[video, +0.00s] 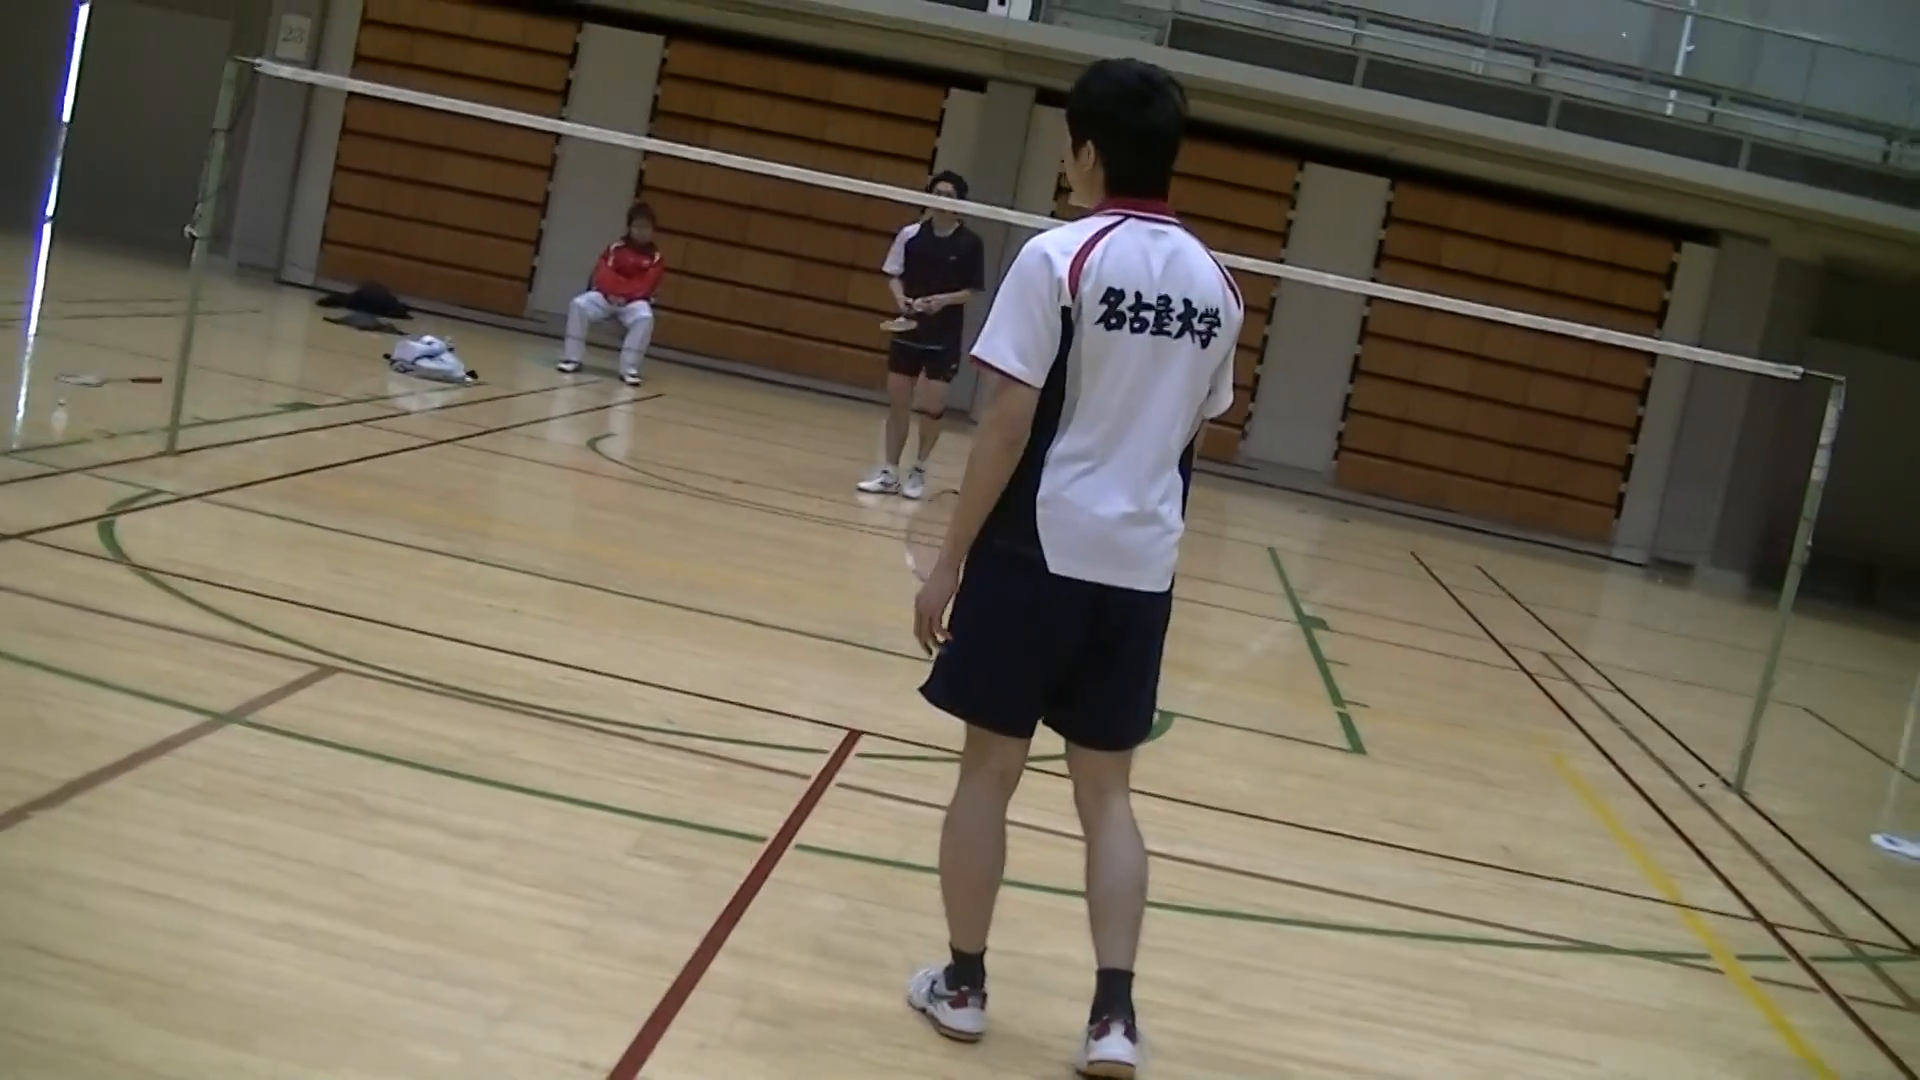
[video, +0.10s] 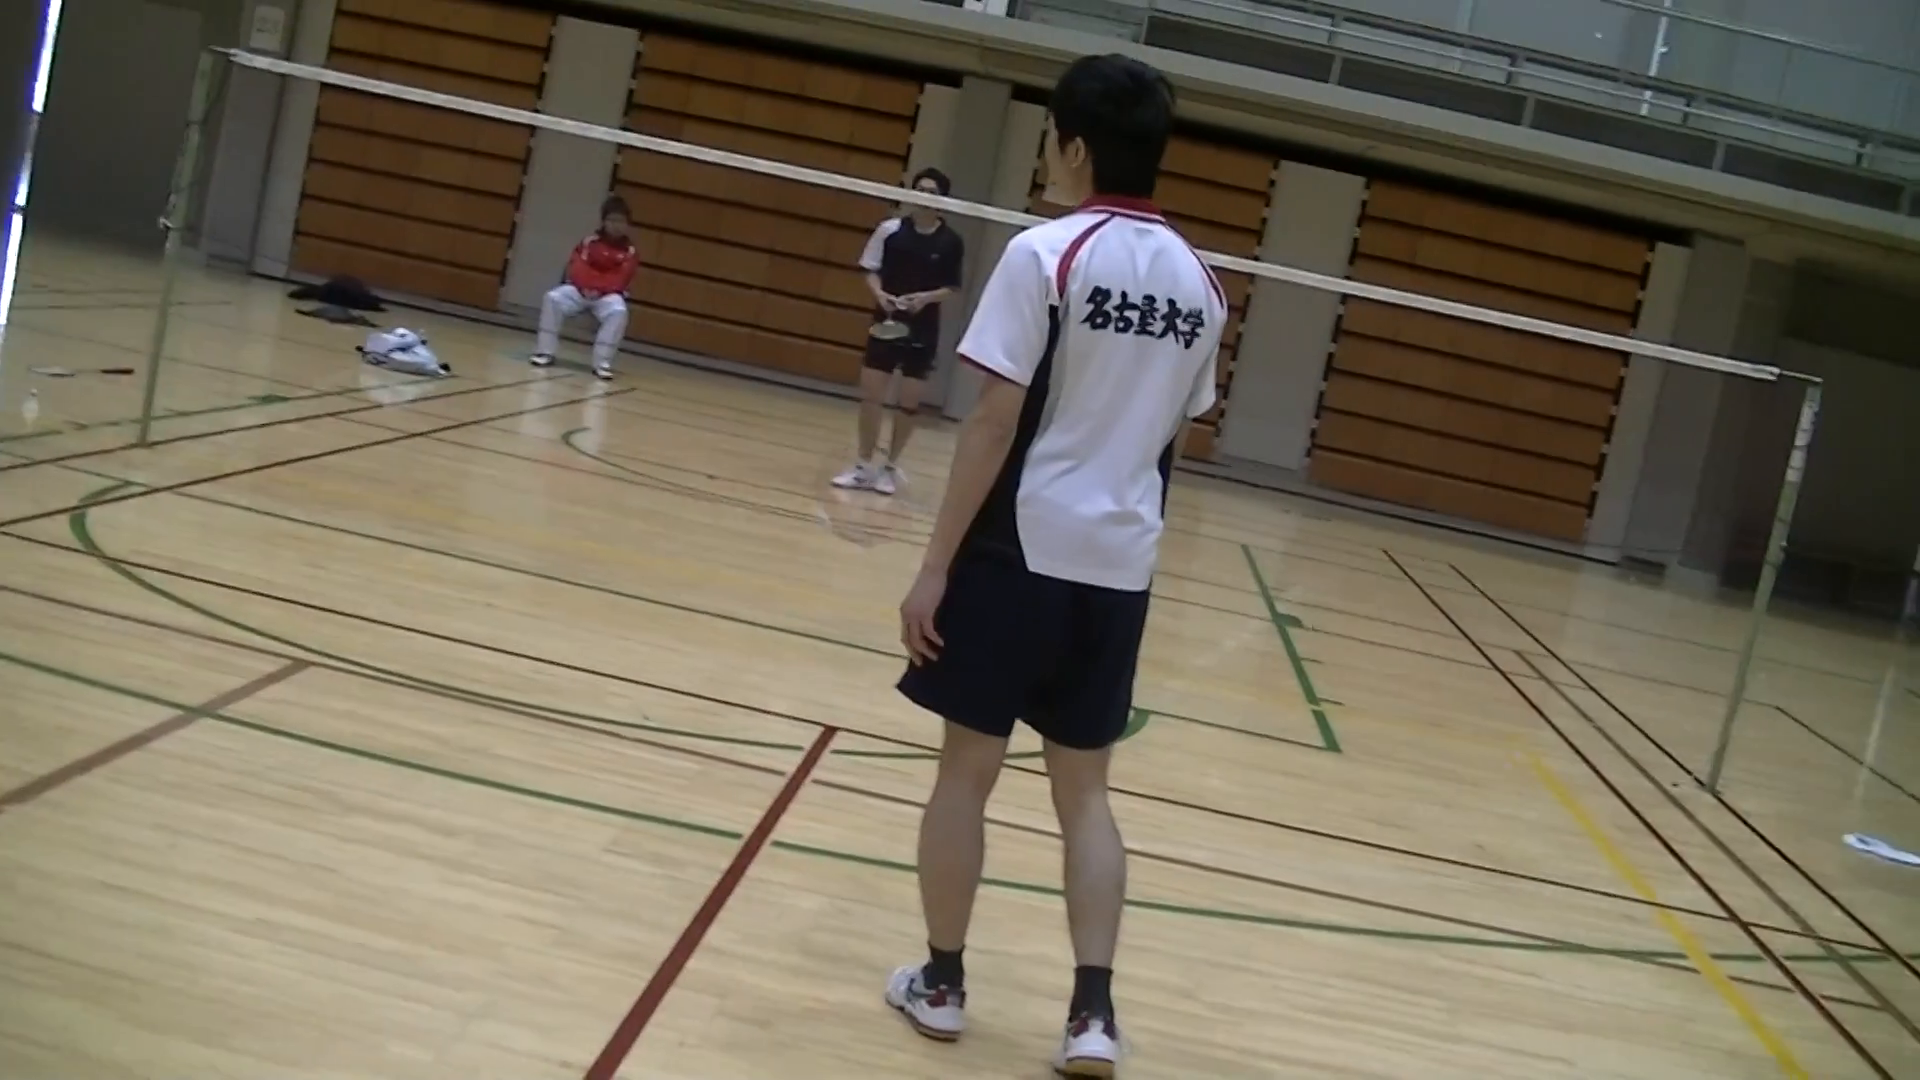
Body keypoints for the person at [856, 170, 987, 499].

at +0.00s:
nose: (941, 199)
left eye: (948, 195)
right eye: (937, 193)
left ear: (960, 203)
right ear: (928, 197)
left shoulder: (970, 242)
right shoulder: (909, 235)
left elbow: (972, 291)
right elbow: (893, 275)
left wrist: (941, 300)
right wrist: (902, 299)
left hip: (944, 336)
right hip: (907, 329)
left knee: (931, 407)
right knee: (897, 401)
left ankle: (918, 470)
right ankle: (890, 471)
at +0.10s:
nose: (924, 196)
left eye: (932, 192)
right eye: (920, 189)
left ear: (942, 201)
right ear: (911, 193)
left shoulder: (951, 241)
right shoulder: (889, 229)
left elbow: (953, 288)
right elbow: (870, 269)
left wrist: (923, 299)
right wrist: (880, 294)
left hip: (922, 325)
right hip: (886, 318)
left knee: (908, 401)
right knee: (871, 393)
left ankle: (890, 467)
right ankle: (864, 466)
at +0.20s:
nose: (898, 184)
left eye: (906, 180)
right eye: (894, 177)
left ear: (915, 188)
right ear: (884, 181)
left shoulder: (922, 230)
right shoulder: (861, 215)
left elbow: (923, 276)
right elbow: (839, 254)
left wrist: (896, 287)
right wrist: (850, 280)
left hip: (891, 313)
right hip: (853, 304)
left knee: (874, 387)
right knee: (833, 376)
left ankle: (852, 454)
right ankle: (825, 451)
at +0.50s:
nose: (875, 203)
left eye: (883, 198)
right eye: (872, 195)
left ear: (890, 207)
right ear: (861, 197)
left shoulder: (891, 250)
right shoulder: (832, 230)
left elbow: (888, 295)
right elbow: (808, 271)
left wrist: (865, 309)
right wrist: (809, 307)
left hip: (854, 330)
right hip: (818, 319)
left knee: (832, 406)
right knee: (801, 392)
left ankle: (806, 470)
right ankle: (777, 466)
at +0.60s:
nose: (830, 249)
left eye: (838, 244)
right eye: (826, 240)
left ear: (845, 253)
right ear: (815, 242)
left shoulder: (843, 296)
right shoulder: (787, 276)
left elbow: (843, 339)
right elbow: (761, 320)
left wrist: (823, 359)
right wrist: (751, 362)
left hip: (804, 379)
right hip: (770, 369)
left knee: (790, 449)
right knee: (755, 440)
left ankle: (758, 514)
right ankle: (736, 514)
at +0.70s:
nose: (768, 292)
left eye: (776, 287)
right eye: (765, 283)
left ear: (784, 296)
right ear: (753, 286)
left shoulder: (784, 339)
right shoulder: (725, 322)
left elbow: (783, 382)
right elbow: (700, 368)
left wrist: (767, 404)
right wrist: (686, 413)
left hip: (748, 429)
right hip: (712, 419)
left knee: (729, 502)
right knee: (697, 491)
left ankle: (702, 560)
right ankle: (680, 562)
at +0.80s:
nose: (717, 329)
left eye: (724, 325)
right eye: (712, 322)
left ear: (732, 334)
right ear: (700, 326)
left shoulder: (736, 375)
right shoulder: (675, 362)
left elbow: (737, 420)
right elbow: (649, 407)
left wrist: (723, 442)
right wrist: (634, 451)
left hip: (705, 467)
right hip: (669, 459)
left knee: (690, 540)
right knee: (656, 532)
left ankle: (666, 603)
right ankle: (641, 606)